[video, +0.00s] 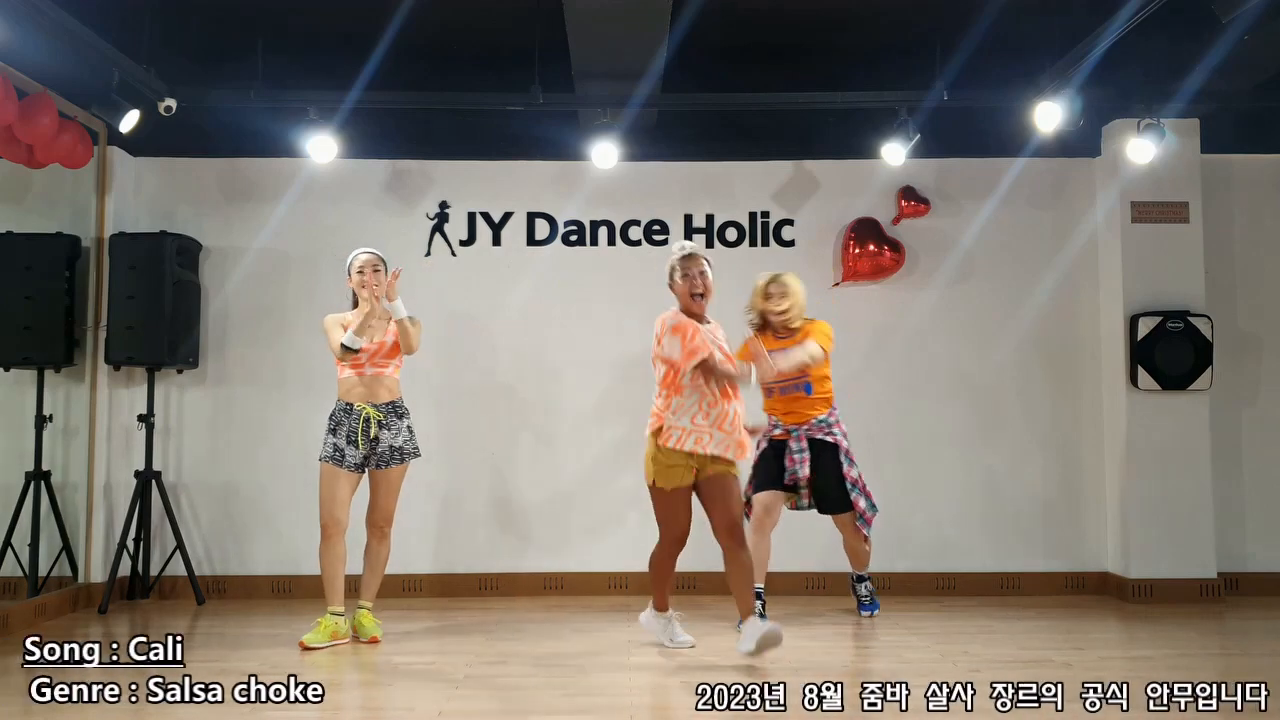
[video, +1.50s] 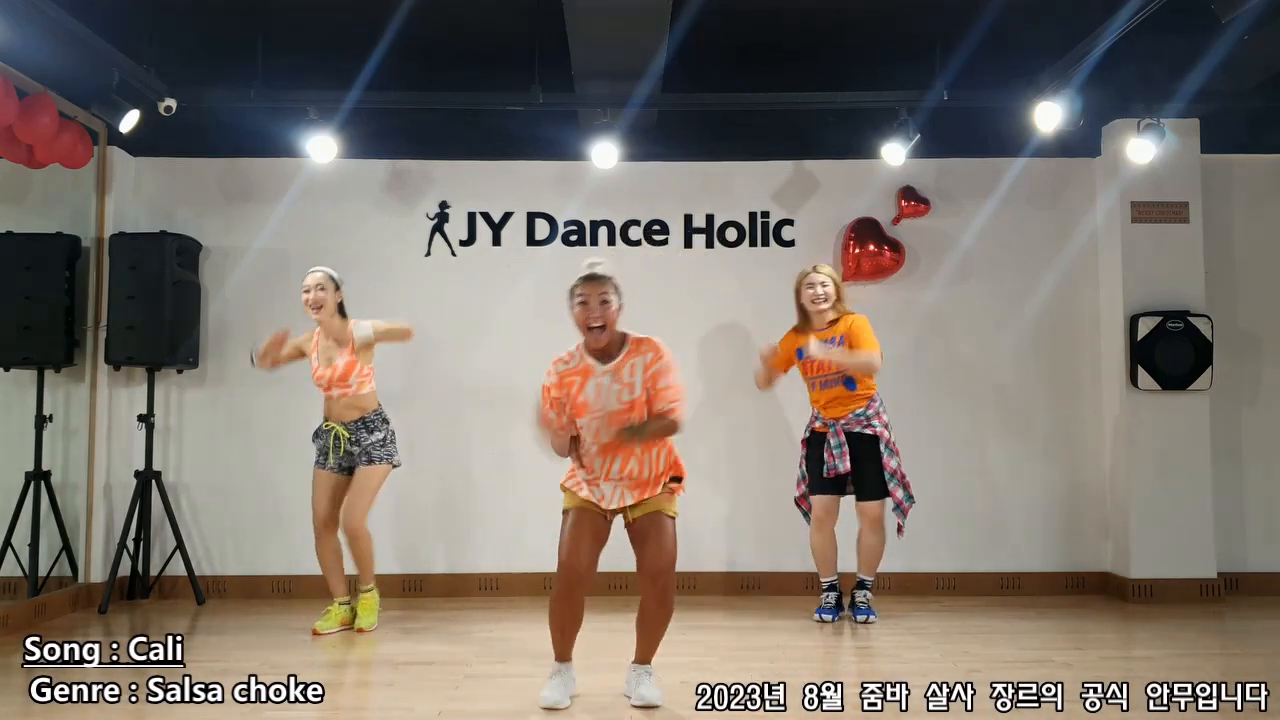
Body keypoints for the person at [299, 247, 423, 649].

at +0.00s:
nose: (369, 276)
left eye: (376, 270)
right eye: (361, 271)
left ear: (386, 279)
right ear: (350, 281)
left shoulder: (401, 320)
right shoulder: (335, 320)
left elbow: (410, 346)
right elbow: (343, 350)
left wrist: (395, 301)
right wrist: (364, 316)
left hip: (392, 423)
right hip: (346, 422)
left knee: (380, 526)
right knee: (332, 525)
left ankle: (364, 612)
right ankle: (335, 617)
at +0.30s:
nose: (369, 275)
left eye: (375, 269)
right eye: (362, 271)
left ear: (387, 277)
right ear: (351, 281)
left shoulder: (405, 320)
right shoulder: (337, 320)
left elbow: (407, 343)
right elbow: (339, 349)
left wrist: (389, 302)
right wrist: (363, 313)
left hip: (392, 422)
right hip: (347, 421)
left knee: (381, 525)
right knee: (326, 522)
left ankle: (364, 611)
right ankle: (332, 611)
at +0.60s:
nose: (364, 277)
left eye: (372, 271)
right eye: (356, 272)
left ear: (382, 281)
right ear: (346, 282)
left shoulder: (399, 324)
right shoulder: (332, 320)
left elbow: (400, 346)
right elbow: (330, 351)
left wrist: (382, 315)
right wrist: (357, 317)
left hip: (386, 424)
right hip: (341, 423)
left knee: (378, 523)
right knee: (330, 526)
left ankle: (366, 608)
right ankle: (341, 599)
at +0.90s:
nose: (350, 279)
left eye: (358, 273)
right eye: (343, 273)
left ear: (369, 283)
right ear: (332, 284)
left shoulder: (387, 324)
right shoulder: (320, 323)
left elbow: (382, 354)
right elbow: (310, 366)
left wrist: (349, 319)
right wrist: (334, 329)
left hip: (374, 425)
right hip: (329, 425)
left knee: (369, 522)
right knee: (329, 525)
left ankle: (365, 608)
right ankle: (342, 605)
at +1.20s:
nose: (333, 277)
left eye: (340, 271)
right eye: (327, 272)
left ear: (355, 281)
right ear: (321, 283)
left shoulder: (370, 321)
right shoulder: (315, 322)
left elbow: (388, 333)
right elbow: (268, 345)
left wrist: (353, 302)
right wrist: (297, 304)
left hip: (368, 422)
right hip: (326, 423)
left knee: (348, 509)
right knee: (327, 518)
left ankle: (363, 586)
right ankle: (341, 602)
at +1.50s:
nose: (312, 296)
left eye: (321, 288)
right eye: (307, 290)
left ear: (338, 295)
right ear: (302, 299)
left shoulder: (360, 331)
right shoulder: (309, 341)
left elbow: (407, 332)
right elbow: (267, 363)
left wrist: (367, 334)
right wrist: (270, 349)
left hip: (373, 434)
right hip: (333, 437)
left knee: (352, 520)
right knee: (323, 523)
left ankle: (367, 594)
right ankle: (341, 604)